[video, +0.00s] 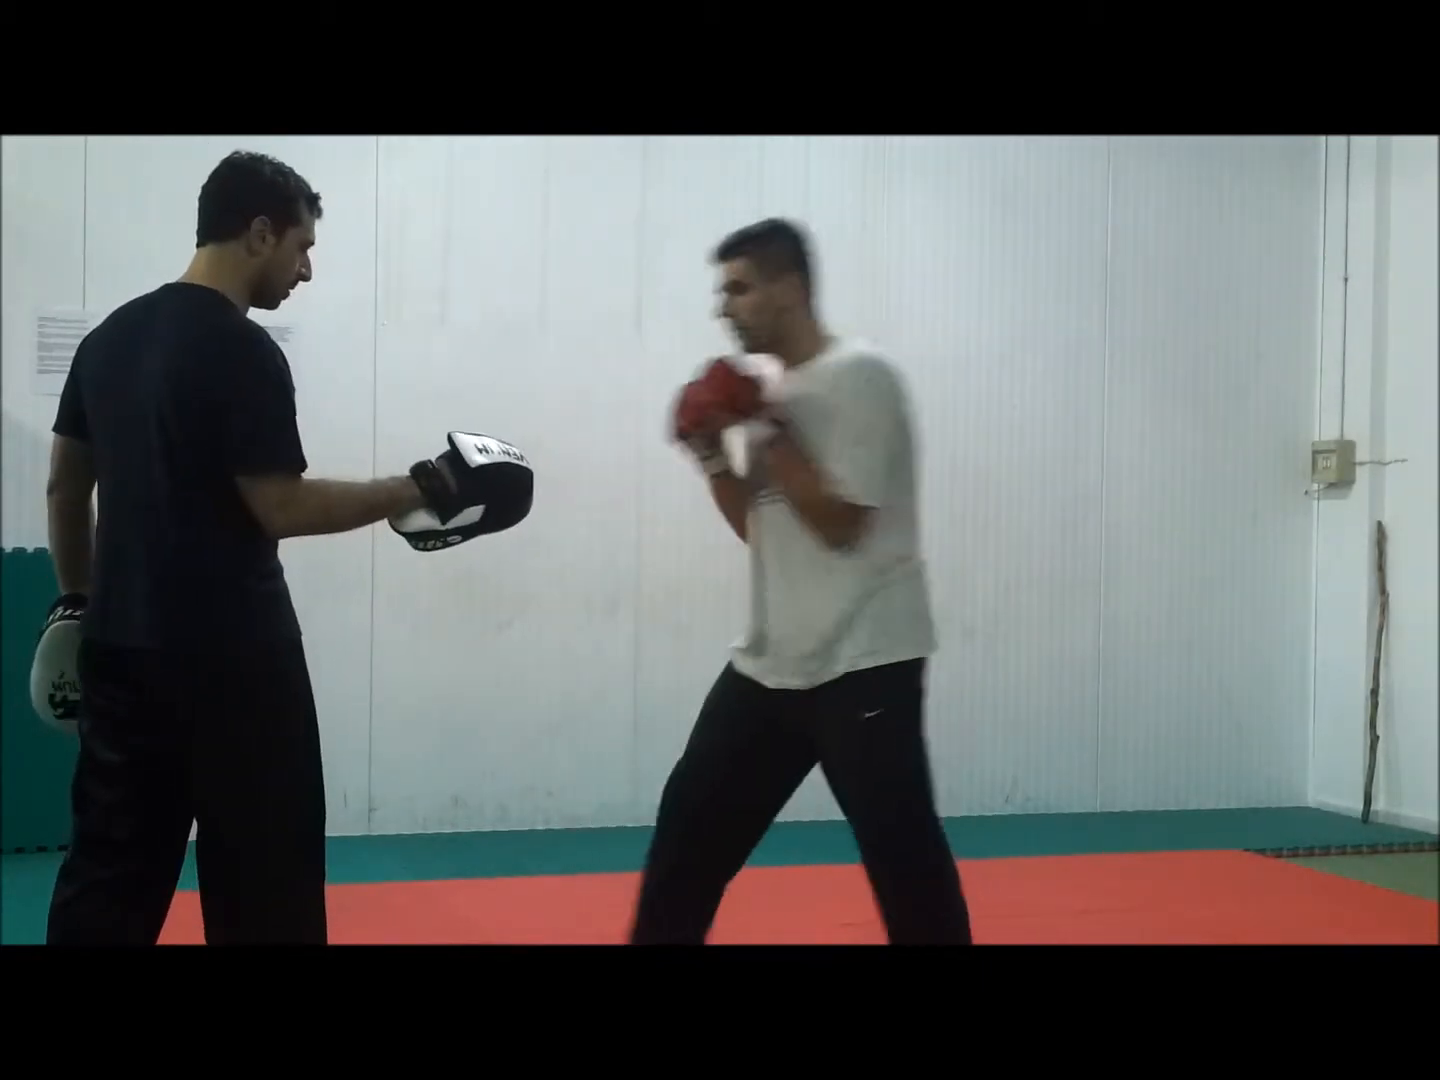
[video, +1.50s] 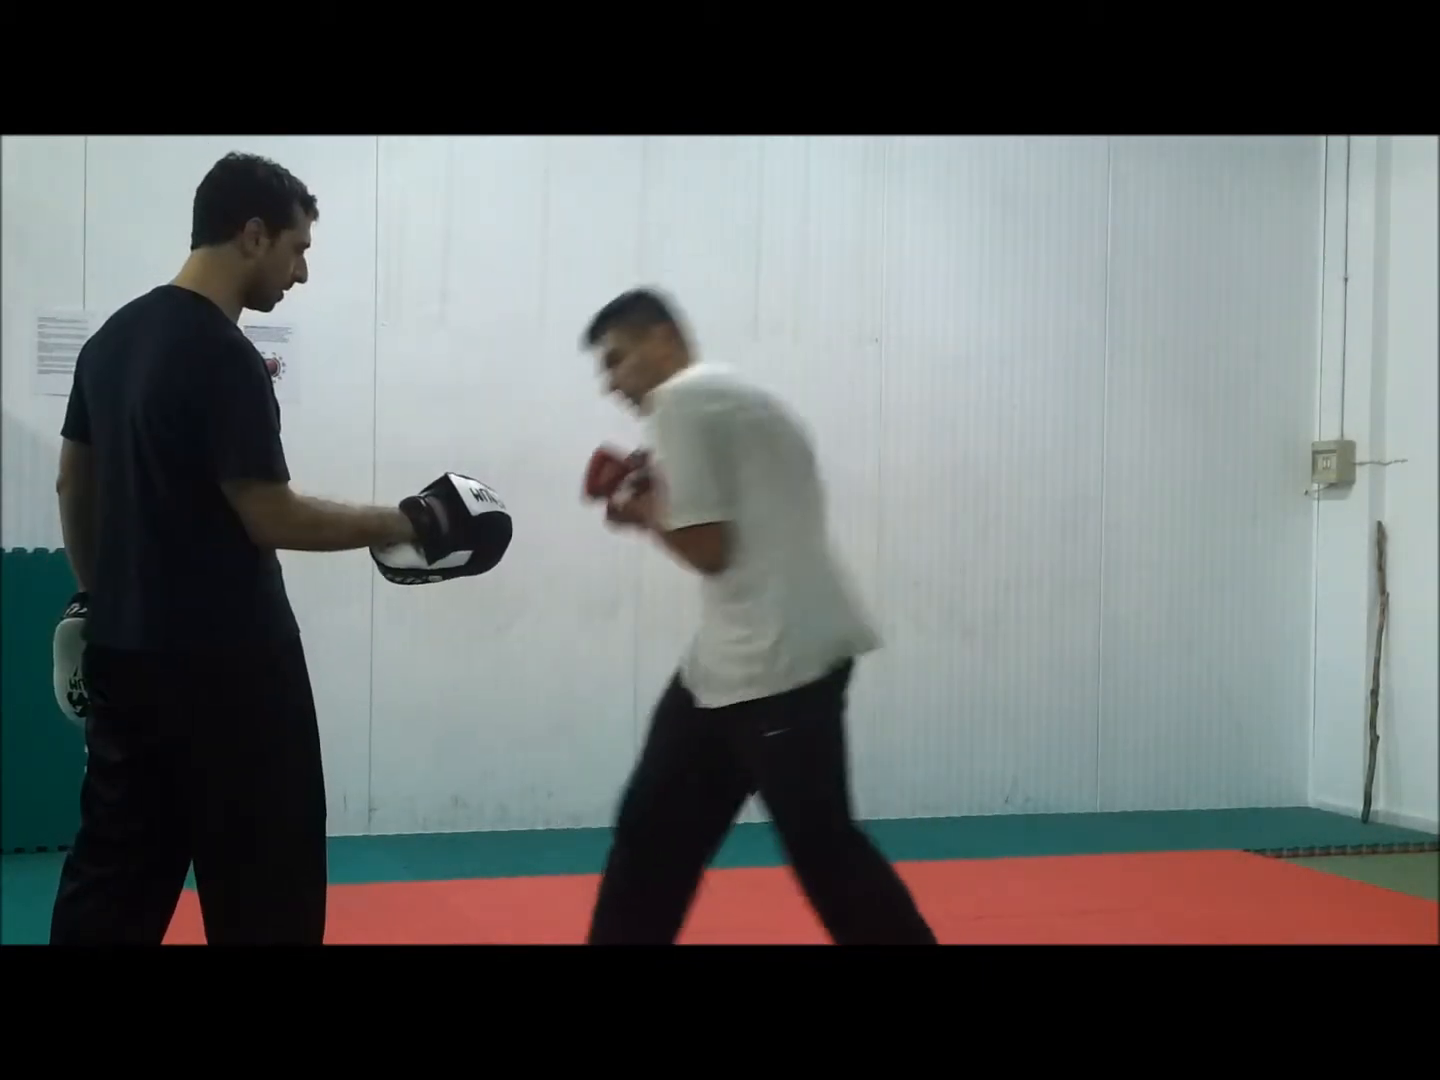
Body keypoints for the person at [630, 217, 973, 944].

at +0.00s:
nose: (723, 307)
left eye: (737, 289)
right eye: (721, 292)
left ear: (791, 287)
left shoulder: (862, 377)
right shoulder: (772, 398)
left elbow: (841, 528)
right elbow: (760, 532)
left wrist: (768, 432)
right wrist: (710, 452)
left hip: (867, 660)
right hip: (776, 658)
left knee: (904, 855)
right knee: (690, 829)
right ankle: (656, 947)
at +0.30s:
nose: (574, 362)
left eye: (584, 341)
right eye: (567, 349)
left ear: (636, 328)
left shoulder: (710, 383)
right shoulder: (645, 434)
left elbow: (720, 516)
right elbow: (708, 577)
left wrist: (635, 458)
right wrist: (648, 623)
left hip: (785, 659)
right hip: (688, 670)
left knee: (848, 856)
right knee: (611, 846)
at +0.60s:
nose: (525, 337)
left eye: (532, 316)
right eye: (513, 337)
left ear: (578, 307)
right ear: (520, 360)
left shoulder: (685, 367)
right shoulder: (544, 435)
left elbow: (756, 470)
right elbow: (586, 575)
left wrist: (661, 396)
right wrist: (590, 507)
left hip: (768, 633)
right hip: (655, 657)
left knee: (863, 825)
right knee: (610, 851)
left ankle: (883, 940)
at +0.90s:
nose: (532, 333)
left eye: (542, 311)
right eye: (527, 319)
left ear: (597, 296)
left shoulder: (687, 363)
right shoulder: (598, 408)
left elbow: (726, 491)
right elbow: (642, 537)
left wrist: (612, 433)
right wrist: (584, 569)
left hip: (752, 648)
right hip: (653, 664)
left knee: (826, 836)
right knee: (601, 846)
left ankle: (882, 941)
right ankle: (591, 947)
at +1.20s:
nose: (746, 329)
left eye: (759, 309)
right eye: (740, 312)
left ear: (811, 297)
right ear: (748, 311)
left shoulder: (895, 390)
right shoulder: (774, 396)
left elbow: (884, 534)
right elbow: (760, 533)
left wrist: (814, 447)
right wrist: (737, 455)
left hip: (883, 657)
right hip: (786, 646)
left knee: (919, 856)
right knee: (701, 805)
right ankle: (678, 942)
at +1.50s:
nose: (610, 381)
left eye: (616, 357)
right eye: (604, 366)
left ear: (664, 338)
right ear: (677, 344)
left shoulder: (685, 404)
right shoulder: (739, 398)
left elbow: (706, 548)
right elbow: (746, 532)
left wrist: (645, 513)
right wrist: (658, 495)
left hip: (772, 665)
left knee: (825, 852)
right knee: (650, 847)